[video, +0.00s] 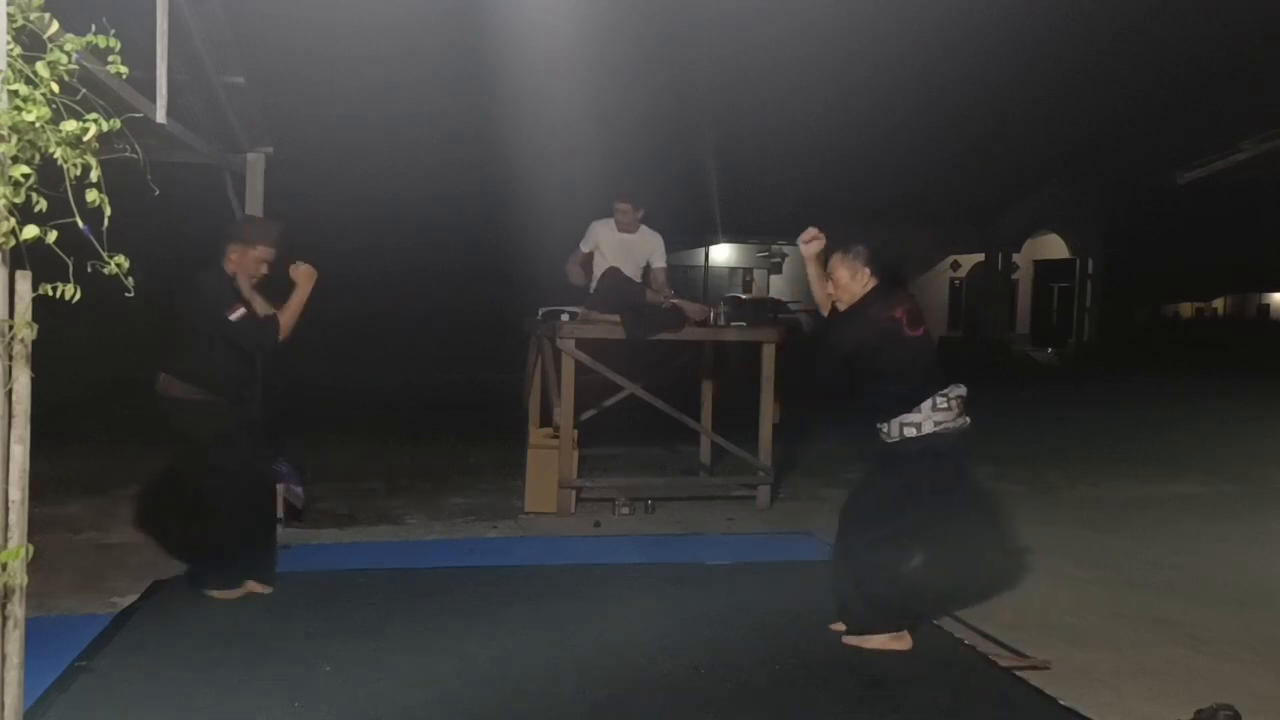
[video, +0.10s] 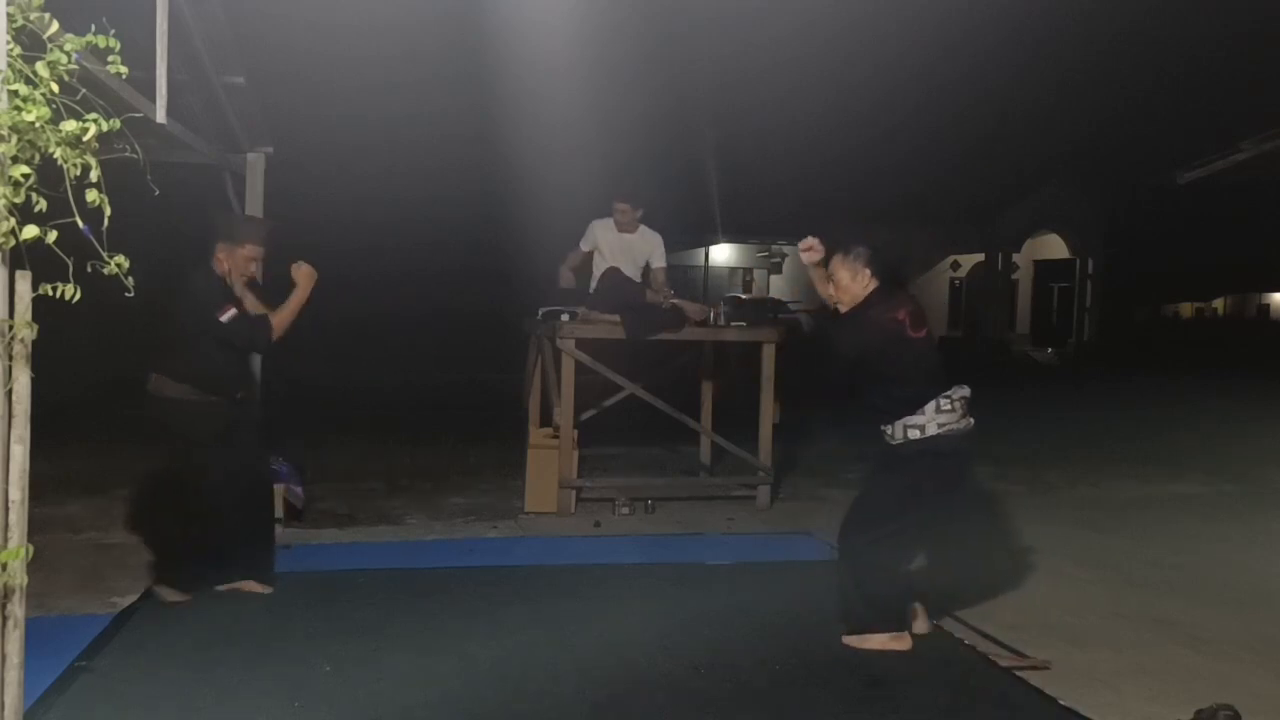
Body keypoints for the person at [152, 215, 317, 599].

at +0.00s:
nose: (266, 269)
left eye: (269, 262)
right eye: (261, 259)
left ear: (245, 256)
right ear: (234, 254)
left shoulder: (233, 287)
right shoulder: (213, 288)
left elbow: (272, 327)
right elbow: (269, 336)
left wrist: (248, 290)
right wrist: (305, 287)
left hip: (225, 401)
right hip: (196, 402)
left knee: (249, 481)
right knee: (221, 484)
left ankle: (245, 570)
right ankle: (216, 576)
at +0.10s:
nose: (256, 269)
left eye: (259, 261)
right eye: (250, 259)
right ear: (222, 254)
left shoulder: (225, 289)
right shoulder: (202, 290)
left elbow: (268, 329)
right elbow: (264, 334)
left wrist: (242, 291)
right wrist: (303, 289)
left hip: (225, 404)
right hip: (189, 405)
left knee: (244, 482)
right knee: (190, 486)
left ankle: (237, 571)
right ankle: (173, 575)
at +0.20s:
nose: (229, 268)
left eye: (232, 260)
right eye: (223, 259)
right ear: (194, 253)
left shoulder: (202, 289)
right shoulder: (181, 294)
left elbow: (213, 340)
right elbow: (236, 341)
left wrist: (241, 317)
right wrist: (301, 324)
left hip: (205, 410)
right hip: (173, 414)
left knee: (233, 486)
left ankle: (236, 572)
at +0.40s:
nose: (148, 270)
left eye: (152, 260)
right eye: (141, 259)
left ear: (154, 259)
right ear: (112, 254)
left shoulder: (149, 301)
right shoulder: (86, 303)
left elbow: (195, 345)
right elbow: (100, 375)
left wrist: (246, 382)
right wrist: (142, 423)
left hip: (130, 424)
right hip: (80, 427)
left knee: (178, 493)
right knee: (59, 512)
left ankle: (223, 571)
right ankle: (16, 578)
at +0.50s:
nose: (117, 264)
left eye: (122, 256)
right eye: (109, 254)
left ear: (127, 255)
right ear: (79, 252)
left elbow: (172, 348)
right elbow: (44, 375)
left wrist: (218, 382)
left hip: (127, 424)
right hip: (72, 427)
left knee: (156, 497)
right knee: (49, 515)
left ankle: (202, 567)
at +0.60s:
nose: (70, 254)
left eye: (75, 245)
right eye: (63, 242)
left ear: (80, 246)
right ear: (34, 240)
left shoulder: (68, 288)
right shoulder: (15, 286)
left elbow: (100, 314)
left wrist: (133, 341)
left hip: (76, 396)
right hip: (32, 402)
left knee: (131, 463)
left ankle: (106, 560)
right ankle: (102, 542)